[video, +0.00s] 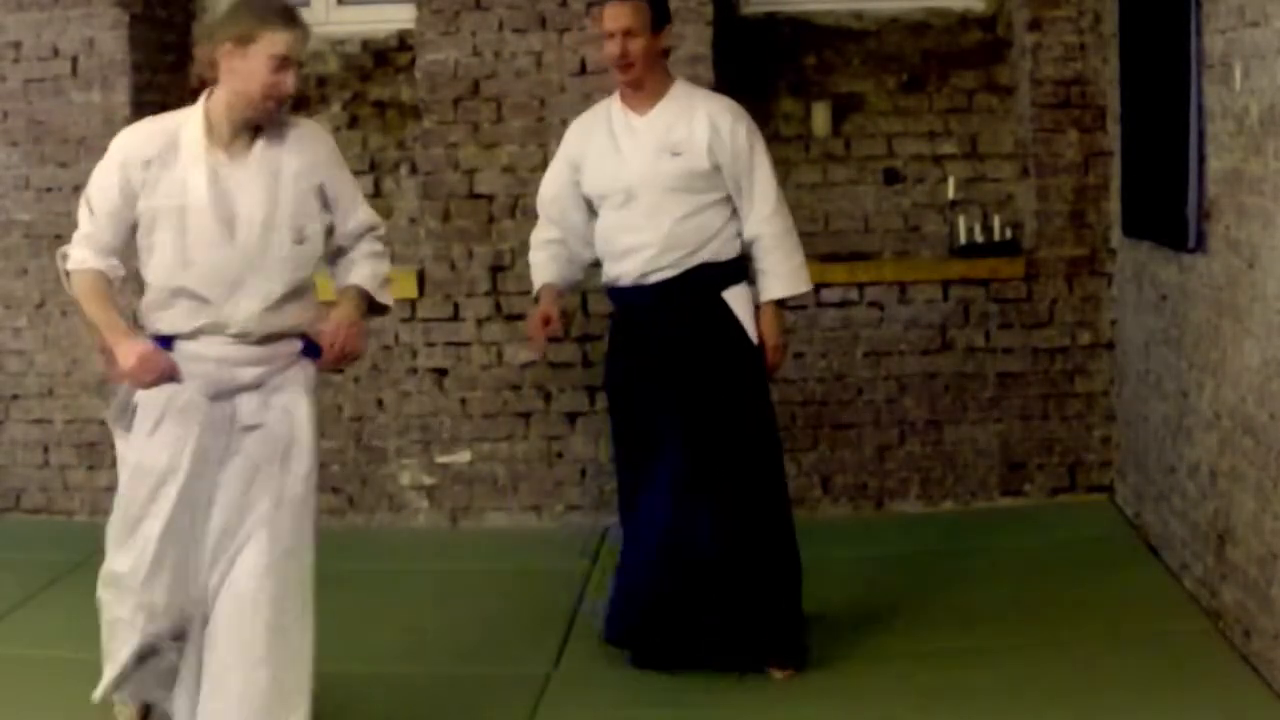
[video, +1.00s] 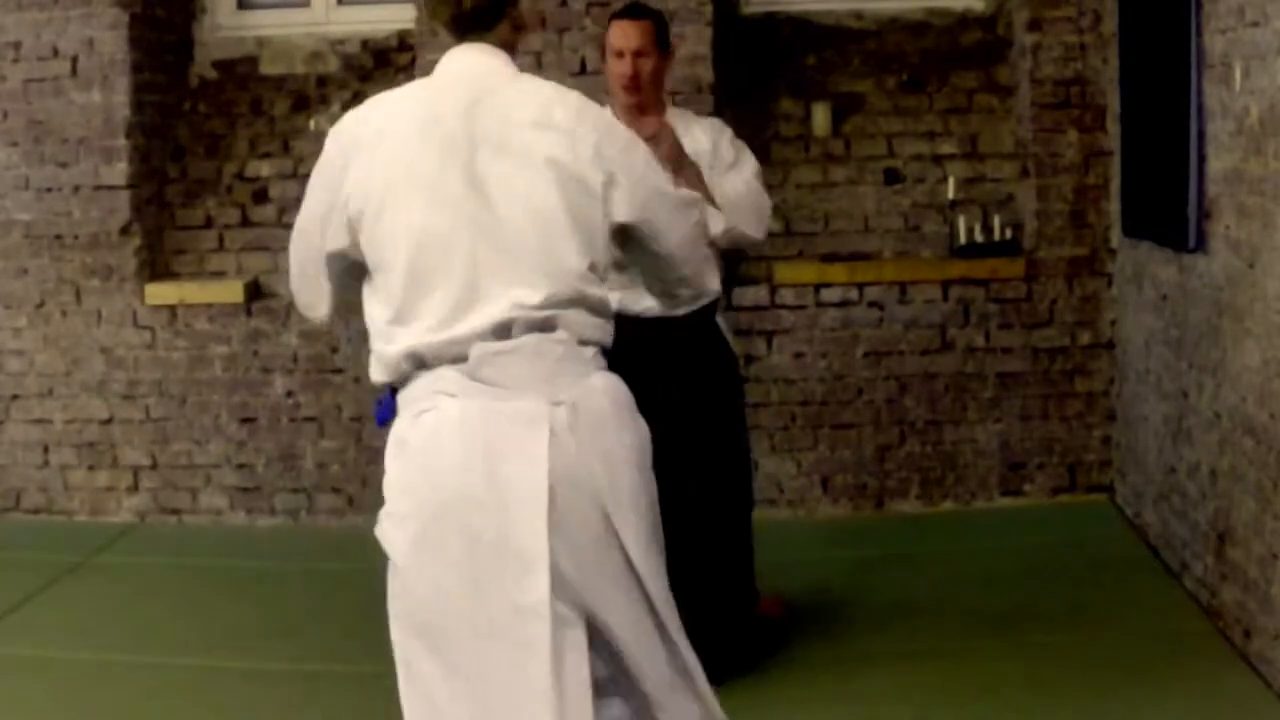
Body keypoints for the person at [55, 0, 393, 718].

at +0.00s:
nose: (289, 83)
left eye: (295, 68)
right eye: (277, 64)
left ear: (295, 75)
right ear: (223, 57)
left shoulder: (310, 148)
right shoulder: (141, 149)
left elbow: (366, 243)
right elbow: (85, 257)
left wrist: (353, 306)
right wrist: (122, 340)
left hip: (277, 389)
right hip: (172, 387)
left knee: (263, 579)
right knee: (151, 571)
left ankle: (249, 710)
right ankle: (140, 703)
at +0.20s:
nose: (388, 56)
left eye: (390, 40)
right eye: (379, 36)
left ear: (333, 39)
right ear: (321, 35)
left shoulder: (345, 149)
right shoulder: (227, 133)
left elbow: (324, 285)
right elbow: (150, 267)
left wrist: (366, 318)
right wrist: (238, 371)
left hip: (315, 392)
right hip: (232, 391)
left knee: (315, 594)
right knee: (217, 597)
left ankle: (301, 708)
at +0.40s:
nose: (490, 74)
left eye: (487, 54)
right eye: (482, 53)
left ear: (411, 54)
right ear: (448, 53)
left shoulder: (335, 127)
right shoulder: (423, 162)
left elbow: (272, 251)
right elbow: (386, 339)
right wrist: (432, 472)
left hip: (280, 396)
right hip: (346, 411)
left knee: (295, 606)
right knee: (412, 612)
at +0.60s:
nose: (568, 55)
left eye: (565, 39)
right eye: (566, 39)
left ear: (484, 41)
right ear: (550, 41)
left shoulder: (392, 121)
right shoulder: (550, 144)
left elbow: (301, 245)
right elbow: (573, 335)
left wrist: (377, 332)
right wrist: (614, 475)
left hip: (353, 409)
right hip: (465, 420)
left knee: (330, 655)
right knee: (537, 666)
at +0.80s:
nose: (579, 32)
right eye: (575, 20)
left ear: (481, 22)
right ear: (554, 22)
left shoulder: (393, 103)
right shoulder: (598, 121)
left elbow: (294, 227)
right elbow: (675, 297)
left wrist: (411, 250)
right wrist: (695, 403)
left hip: (407, 410)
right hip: (546, 411)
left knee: (411, 677)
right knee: (615, 673)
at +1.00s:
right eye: (526, 16)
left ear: (427, 26)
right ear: (515, 21)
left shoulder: (363, 130)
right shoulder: (581, 121)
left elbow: (315, 293)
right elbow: (692, 275)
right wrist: (580, 275)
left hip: (438, 434)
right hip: (584, 421)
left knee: (453, 681)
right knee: (615, 672)